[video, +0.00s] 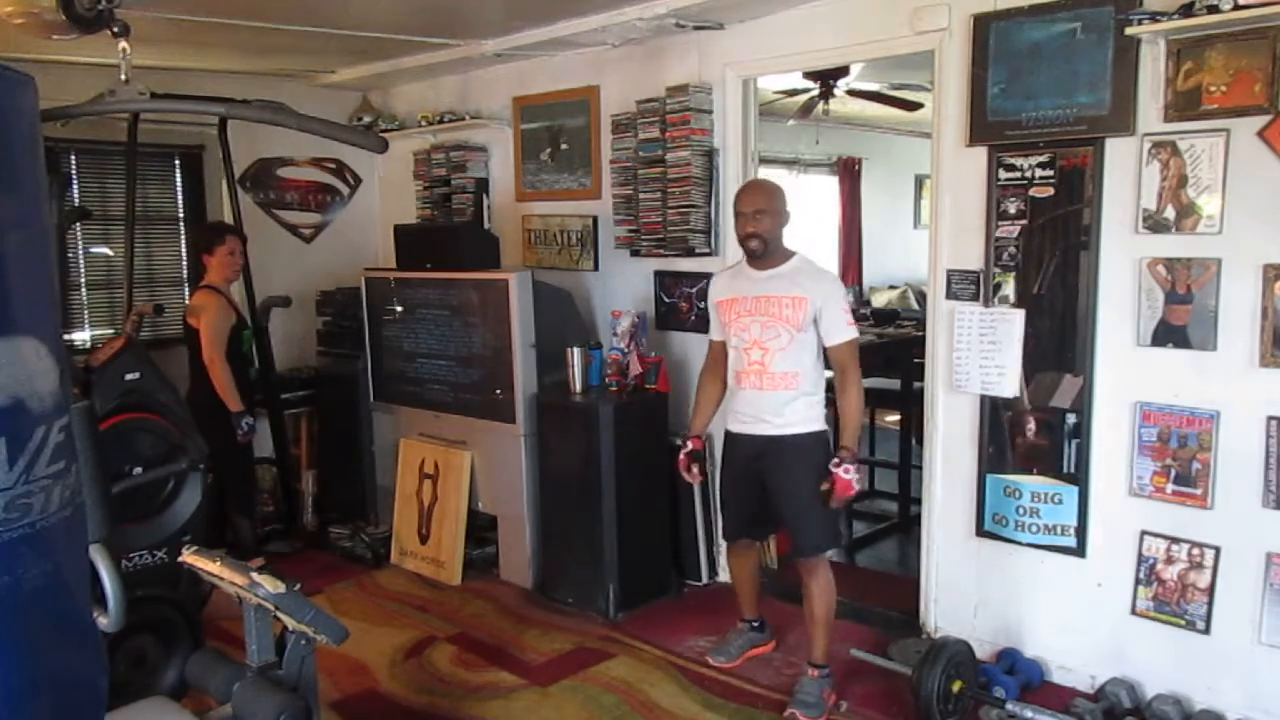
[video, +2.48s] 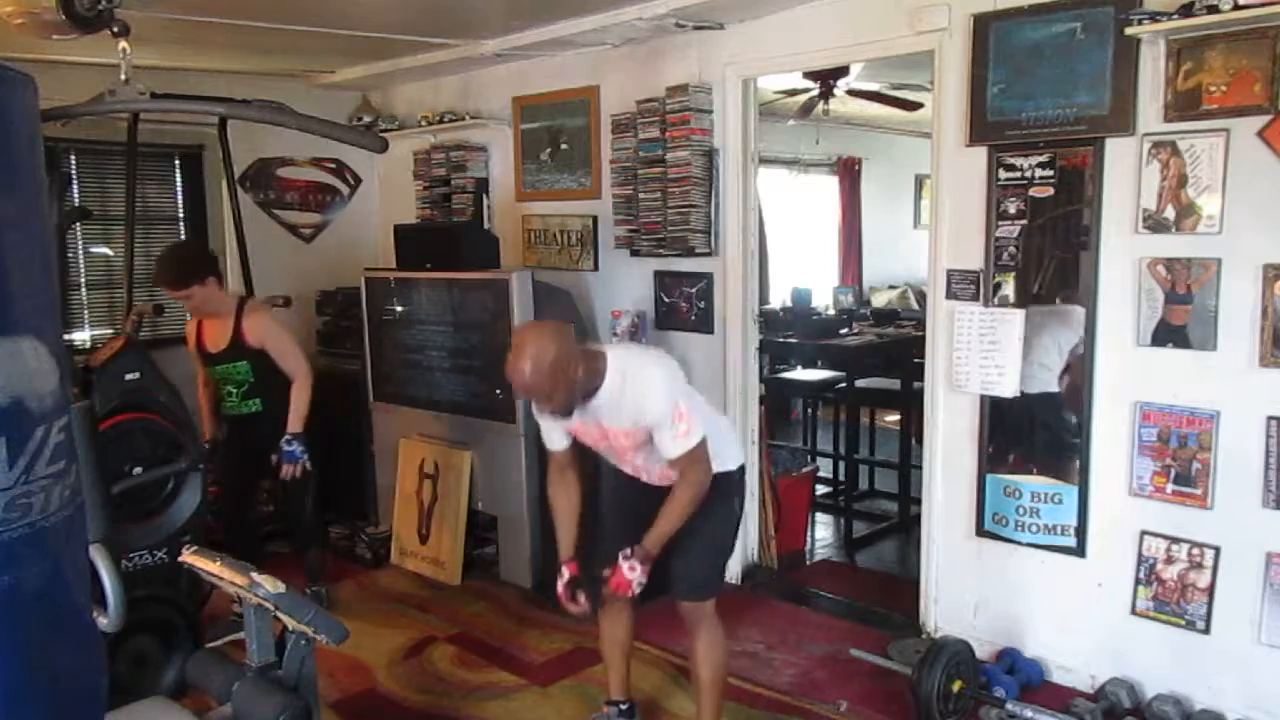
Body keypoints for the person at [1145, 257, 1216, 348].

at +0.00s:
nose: (1179, 273)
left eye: (1183, 270)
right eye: (1177, 270)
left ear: (1188, 273)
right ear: (1173, 272)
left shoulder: (1191, 287)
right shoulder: (1168, 286)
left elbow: (1213, 268)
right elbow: (1151, 265)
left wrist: (1195, 262)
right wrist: (1166, 262)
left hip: (1181, 329)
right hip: (1165, 328)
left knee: (1190, 357)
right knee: (1154, 356)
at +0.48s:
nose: (1179, 273)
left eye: (1183, 270)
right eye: (1176, 270)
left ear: (1188, 273)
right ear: (1172, 272)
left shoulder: (1191, 288)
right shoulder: (1168, 286)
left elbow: (1213, 268)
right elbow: (1151, 265)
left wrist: (1194, 262)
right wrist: (1166, 262)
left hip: (1181, 329)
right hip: (1165, 328)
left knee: (1190, 357)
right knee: (1154, 356)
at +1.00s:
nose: (1179, 273)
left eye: (1183, 269)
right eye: (1176, 270)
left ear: (1188, 273)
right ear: (1172, 272)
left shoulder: (1191, 287)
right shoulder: (1168, 286)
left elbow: (1213, 268)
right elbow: (1151, 265)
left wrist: (1195, 262)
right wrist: (1166, 262)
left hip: (1181, 329)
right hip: (1164, 328)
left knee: (1191, 357)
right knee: (1154, 356)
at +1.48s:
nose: (1179, 273)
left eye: (1183, 269)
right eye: (1176, 269)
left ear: (1188, 273)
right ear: (1172, 272)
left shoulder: (1191, 287)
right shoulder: (1168, 286)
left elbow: (1213, 267)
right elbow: (1150, 265)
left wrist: (1194, 263)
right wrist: (1167, 263)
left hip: (1181, 329)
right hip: (1165, 328)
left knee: (1190, 357)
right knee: (1154, 356)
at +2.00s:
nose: (1180, 272)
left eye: (1183, 269)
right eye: (1176, 269)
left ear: (1188, 271)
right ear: (1171, 272)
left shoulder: (1191, 287)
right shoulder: (1168, 286)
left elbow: (1213, 268)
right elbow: (1151, 266)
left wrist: (1196, 262)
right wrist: (1166, 260)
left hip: (1181, 329)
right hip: (1164, 327)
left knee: (1189, 358)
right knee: (1154, 357)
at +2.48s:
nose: (1181, 273)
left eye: (1183, 269)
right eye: (1177, 270)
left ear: (1188, 271)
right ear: (1172, 272)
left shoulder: (1191, 287)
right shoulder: (1168, 286)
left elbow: (1213, 268)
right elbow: (1151, 266)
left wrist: (1196, 262)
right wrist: (1165, 261)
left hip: (1181, 329)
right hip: (1164, 327)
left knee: (1190, 357)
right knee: (1154, 356)